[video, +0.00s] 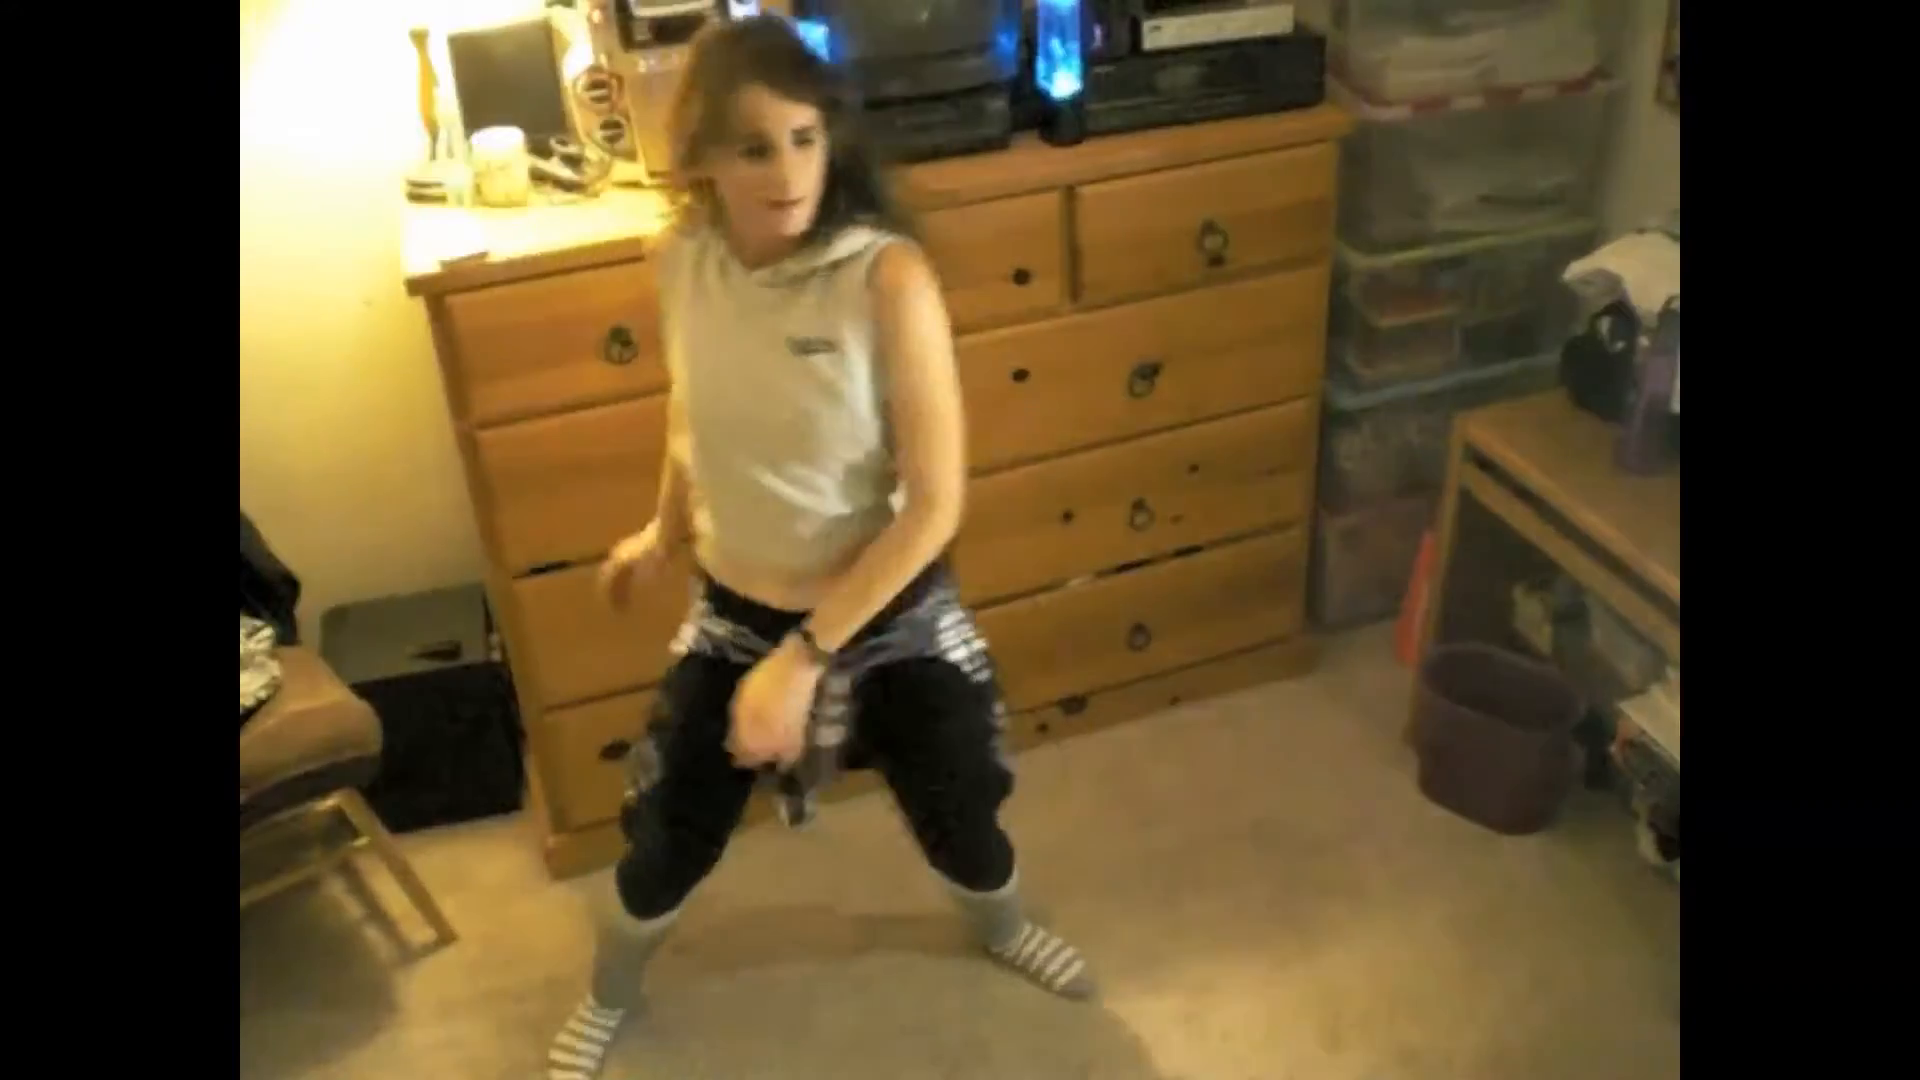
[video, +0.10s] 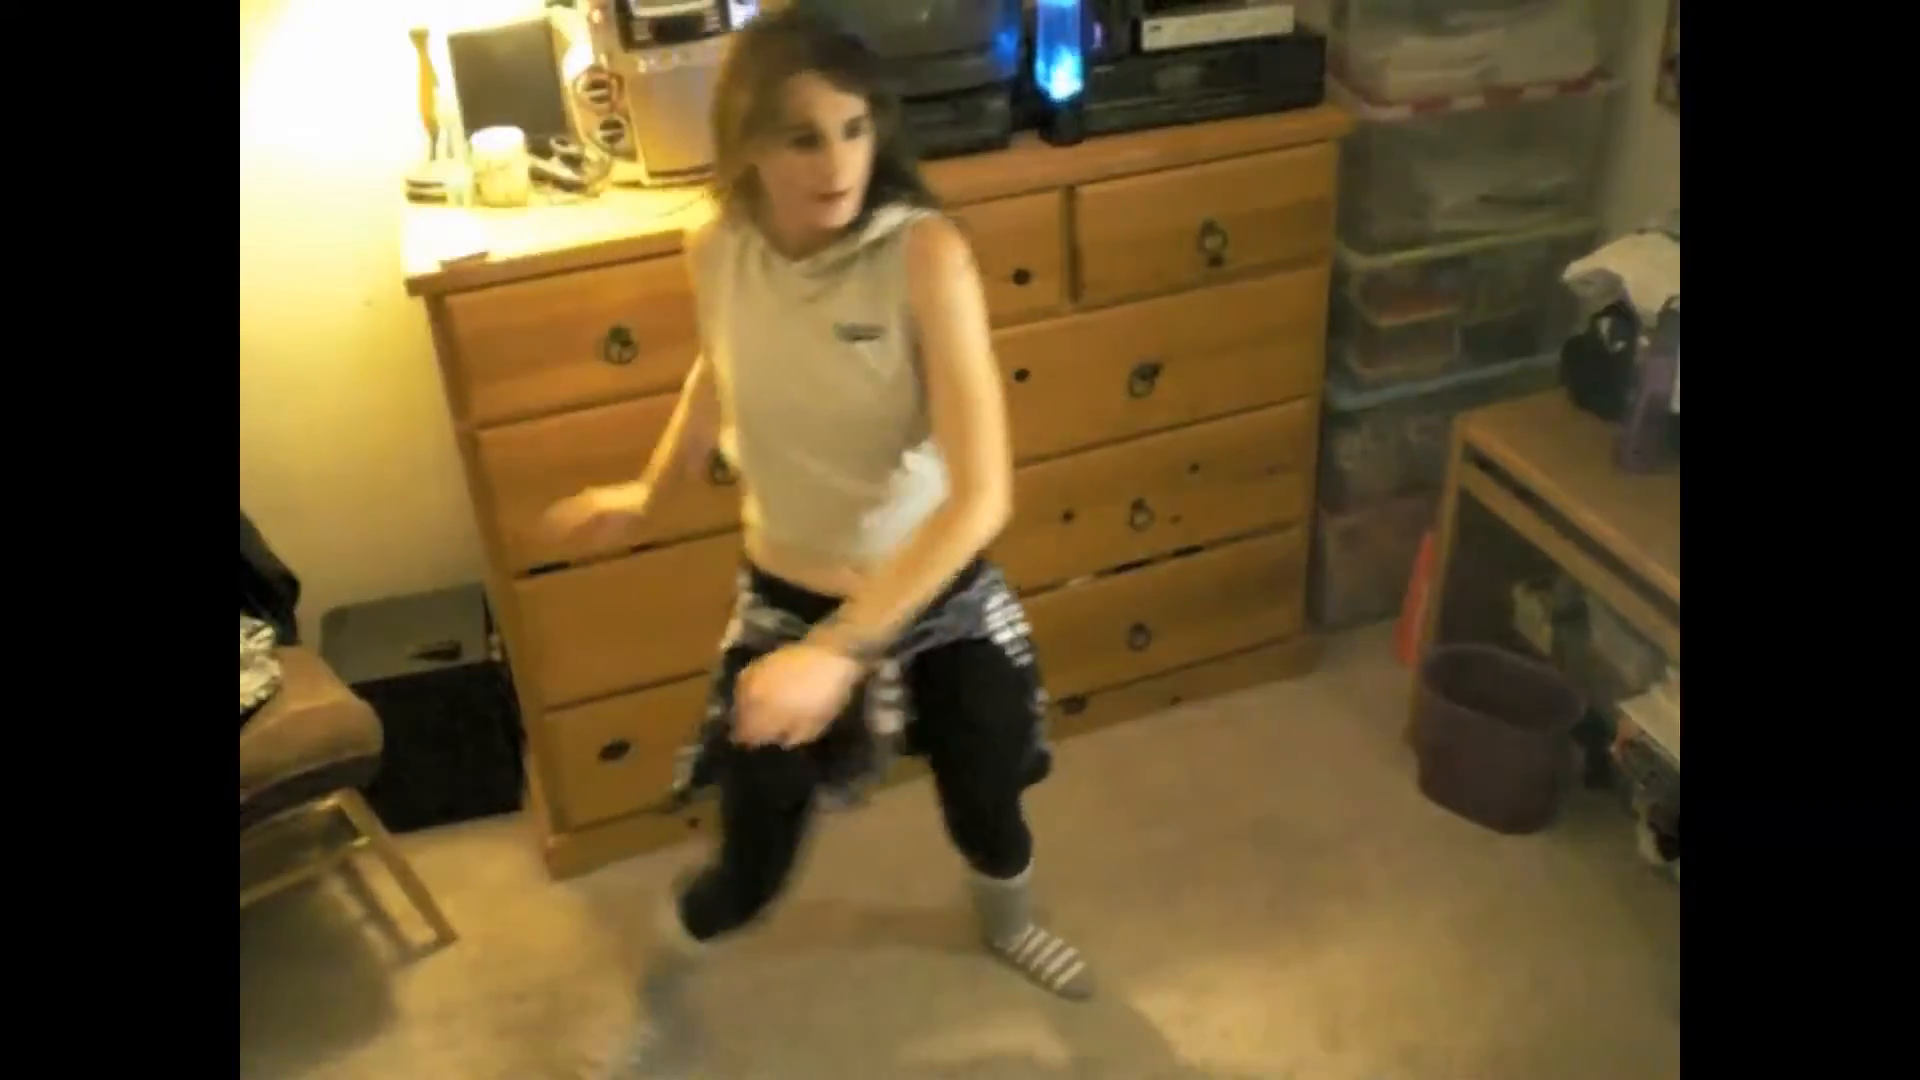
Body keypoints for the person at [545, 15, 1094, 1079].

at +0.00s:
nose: (784, 174)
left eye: (802, 141)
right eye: (750, 149)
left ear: (833, 142)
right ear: (700, 162)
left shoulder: (887, 276)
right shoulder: (684, 266)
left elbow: (933, 500)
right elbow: (686, 409)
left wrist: (804, 654)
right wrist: (666, 526)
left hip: (894, 615)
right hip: (737, 617)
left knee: (966, 799)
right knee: (668, 839)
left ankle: (998, 925)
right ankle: (608, 996)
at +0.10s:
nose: (834, 165)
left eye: (853, 131)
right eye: (800, 138)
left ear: (878, 130)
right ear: (743, 148)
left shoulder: (924, 254)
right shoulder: (721, 253)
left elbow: (981, 494)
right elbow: (715, 371)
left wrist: (838, 646)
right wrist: (649, 492)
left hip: (935, 596)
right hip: (787, 605)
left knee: (992, 780)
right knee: (750, 871)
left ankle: (1008, 926)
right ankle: (660, 972)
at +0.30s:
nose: (913, 195)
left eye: (932, 168)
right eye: (880, 168)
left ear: (950, 176)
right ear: (807, 178)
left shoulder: (986, 299)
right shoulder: (759, 281)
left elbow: (1150, 445)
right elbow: (641, 388)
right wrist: (466, 451)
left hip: (977, 628)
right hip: (834, 643)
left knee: (1020, 831)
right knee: (902, 916)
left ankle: (1017, 929)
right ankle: (854, 1045)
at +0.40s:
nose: (948, 231)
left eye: (964, 199)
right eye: (911, 204)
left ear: (988, 204)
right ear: (835, 219)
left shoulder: (1034, 322)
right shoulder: (766, 343)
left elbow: (1222, 436)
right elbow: (593, 483)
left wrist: (1391, 535)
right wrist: (384, 558)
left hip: (985, 646)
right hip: (842, 685)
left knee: (1056, 823)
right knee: (946, 954)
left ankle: (1025, 923)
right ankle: (880, 1052)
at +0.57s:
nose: (997, 164)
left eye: (1002, 131)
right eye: (964, 135)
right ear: (869, 136)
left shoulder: (808, 246)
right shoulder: (908, 307)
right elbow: (1136, 457)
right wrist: (1404, 416)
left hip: (830, 645)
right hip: (863, 711)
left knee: (946, 790)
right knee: (937, 942)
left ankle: (966, 894)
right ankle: (870, 1054)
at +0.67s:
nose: (1006, 152)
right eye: (996, 133)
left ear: (786, 132)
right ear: (963, 158)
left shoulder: (742, 278)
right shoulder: (1009, 278)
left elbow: (750, 148)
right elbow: (1153, 225)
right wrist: (1051, 125)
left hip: (768, 658)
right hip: (919, 694)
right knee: (923, 927)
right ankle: (917, 1060)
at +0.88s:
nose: (899, 172)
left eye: (930, 140)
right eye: (872, 140)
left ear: (994, 130)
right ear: (843, 125)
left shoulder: (957, 289)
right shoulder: (887, 235)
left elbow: (820, 519)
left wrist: (694, 745)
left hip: (908, 698)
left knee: (665, 929)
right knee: (944, 933)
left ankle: (796, 1066)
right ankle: (989, 1059)